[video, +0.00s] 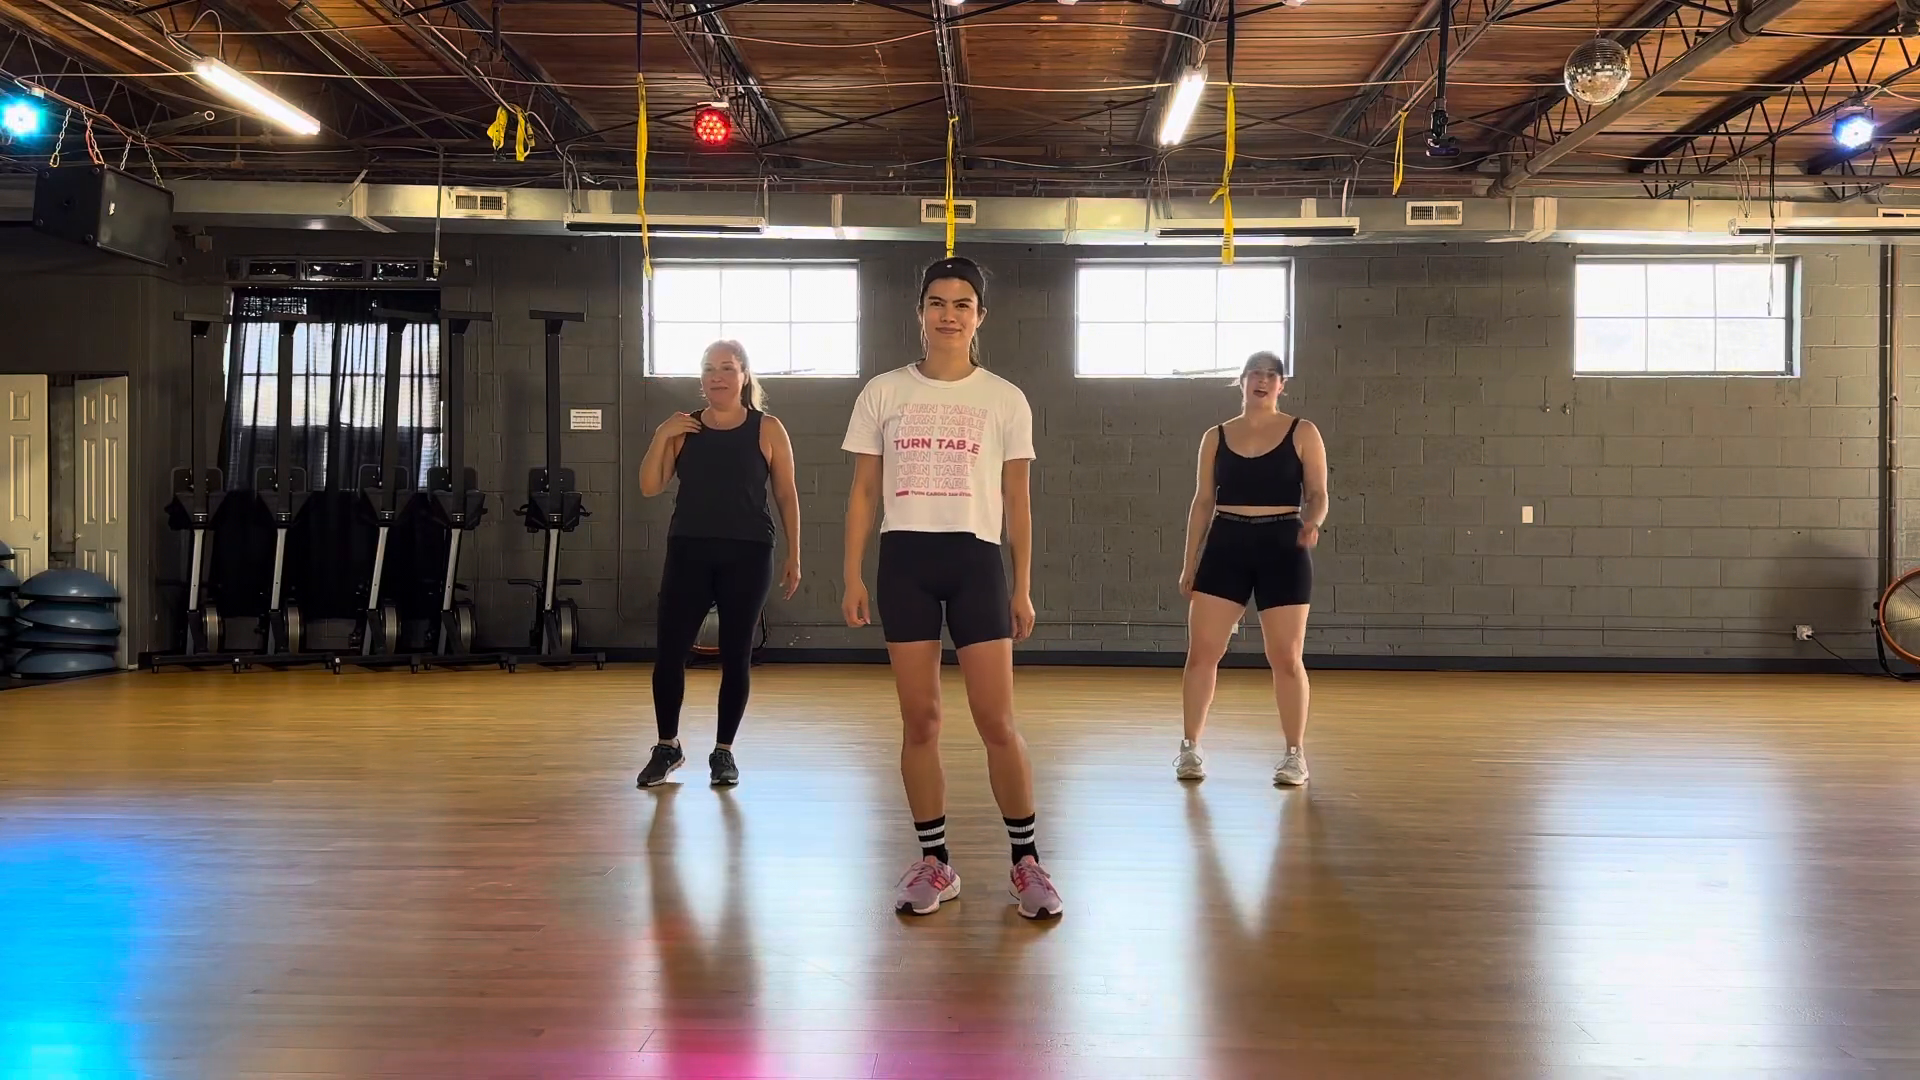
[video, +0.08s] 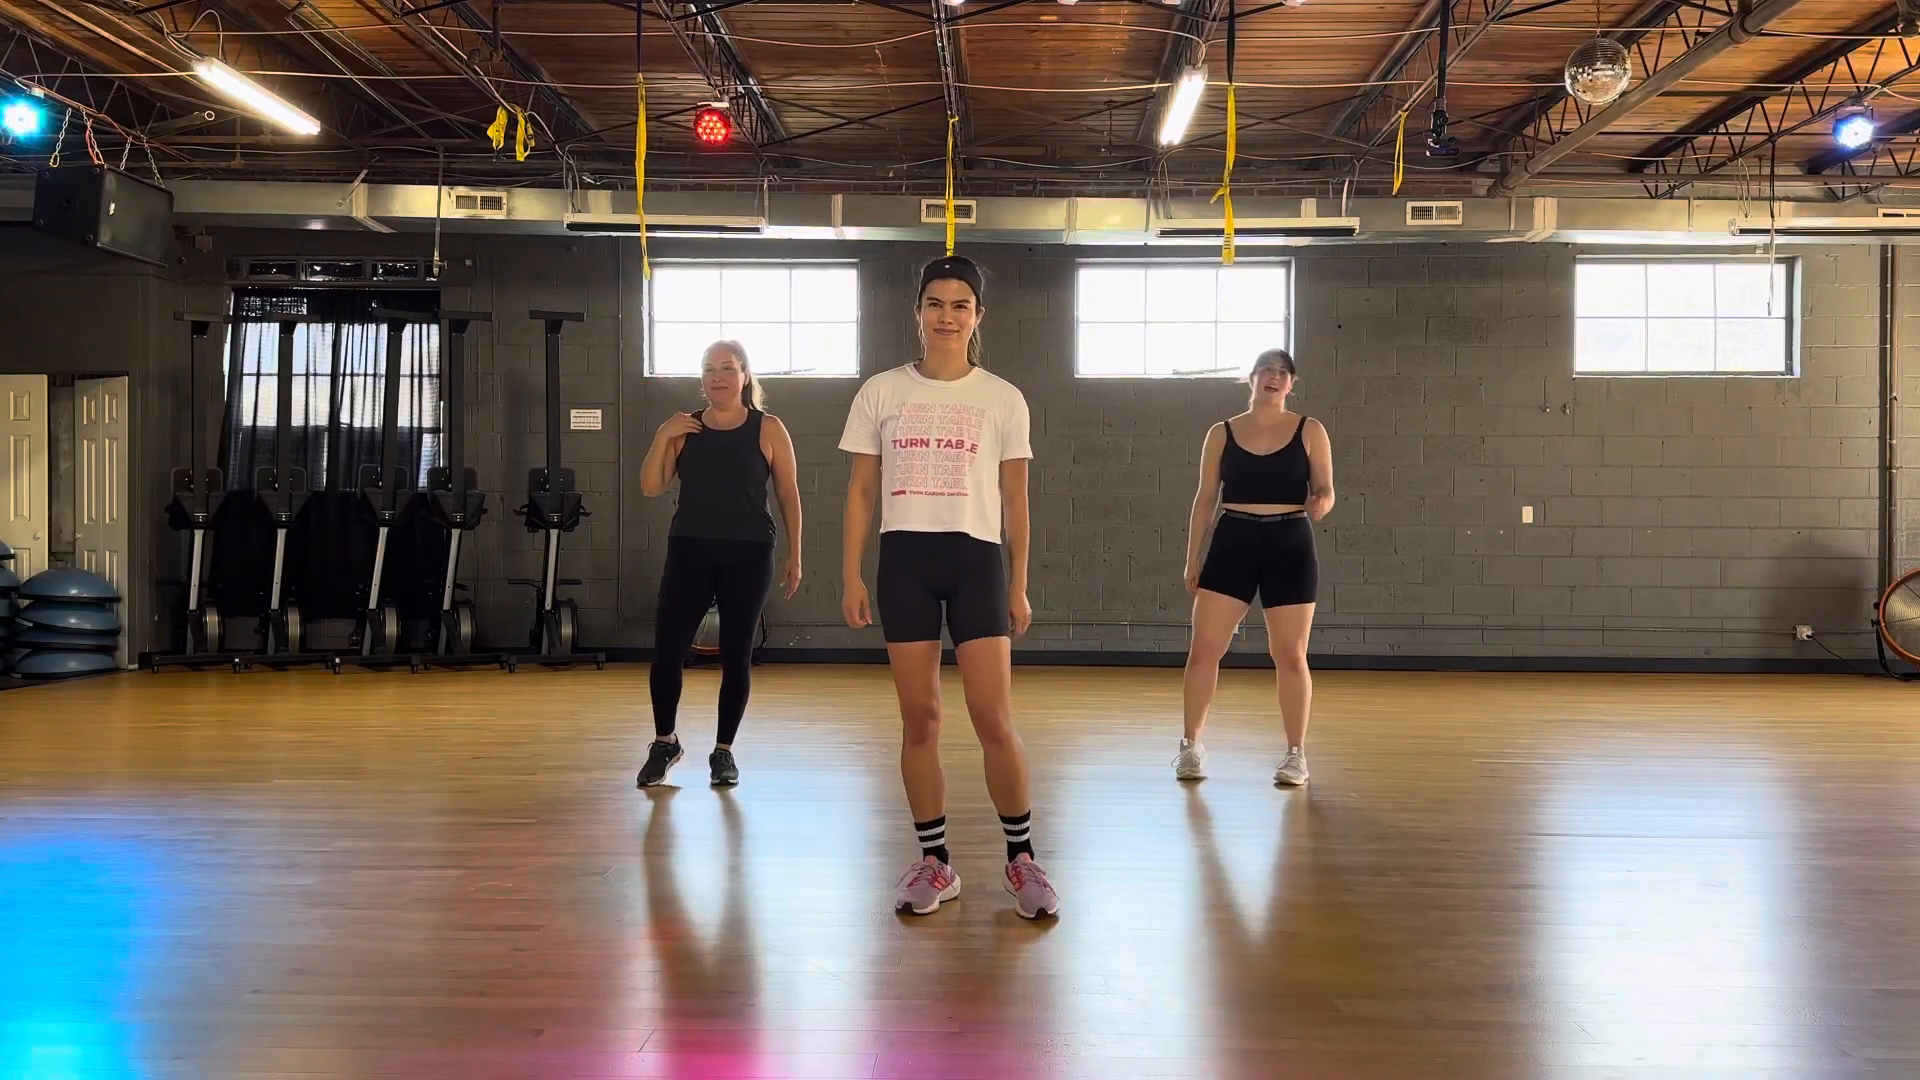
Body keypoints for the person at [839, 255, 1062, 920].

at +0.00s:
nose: (948, 314)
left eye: (961, 304)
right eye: (937, 303)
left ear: (978, 317)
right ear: (921, 313)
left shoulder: (1006, 400)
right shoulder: (882, 393)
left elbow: (1017, 502)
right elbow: (863, 492)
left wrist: (1022, 587)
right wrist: (853, 575)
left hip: (978, 565)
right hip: (904, 564)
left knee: (997, 725)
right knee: (921, 722)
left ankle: (1026, 864)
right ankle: (934, 863)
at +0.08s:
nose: (945, 314)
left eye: (958, 304)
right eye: (934, 303)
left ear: (976, 316)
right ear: (918, 313)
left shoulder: (1003, 399)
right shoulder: (880, 393)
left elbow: (1015, 499)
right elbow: (861, 492)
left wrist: (1018, 584)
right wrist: (852, 573)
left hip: (978, 564)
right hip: (903, 563)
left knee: (993, 722)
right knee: (920, 721)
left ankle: (1021, 862)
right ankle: (934, 863)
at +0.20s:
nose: (946, 315)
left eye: (958, 305)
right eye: (934, 303)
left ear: (976, 315)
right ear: (917, 312)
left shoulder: (1004, 397)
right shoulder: (881, 391)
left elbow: (1019, 496)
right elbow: (861, 492)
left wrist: (1006, 575)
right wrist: (849, 577)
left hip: (980, 563)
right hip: (905, 562)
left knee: (987, 720)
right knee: (921, 720)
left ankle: (1008, 865)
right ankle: (934, 864)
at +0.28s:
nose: (947, 316)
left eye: (960, 306)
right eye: (936, 305)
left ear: (978, 315)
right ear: (919, 313)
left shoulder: (1007, 398)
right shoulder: (884, 393)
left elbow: (1025, 492)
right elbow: (864, 494)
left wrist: (1003, 566)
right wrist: (852, 580)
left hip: (982, 563)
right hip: (909, 562)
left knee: (983, 721)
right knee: (922, 719)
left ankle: (1001, 871)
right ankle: (934, 863)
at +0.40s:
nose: (953, 316)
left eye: (965, 305)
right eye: (941, 304)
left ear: (984, 315)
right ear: (925, 313)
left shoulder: (1014, 398)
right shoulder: (890, 393)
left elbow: (1034, 491)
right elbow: (869, 493)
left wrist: (1019, 567)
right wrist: (858, 579)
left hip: (988, 567)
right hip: (915, 566)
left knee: (982, 724)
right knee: (925, 720)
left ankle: (989, 877)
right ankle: (934, 863)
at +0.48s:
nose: (959, 314)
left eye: (971, 303)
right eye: (947, 303)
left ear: (989, 312)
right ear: (931, 312)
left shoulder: (1019, 396)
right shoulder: (894, 390)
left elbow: (1042, 485)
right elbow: (874, 490)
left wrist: (1041, 564)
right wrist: (863, 577)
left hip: (995, 567)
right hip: (922, 566)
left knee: (985, 725)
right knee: (929, 723)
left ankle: (989, 879)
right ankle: (935, 865)